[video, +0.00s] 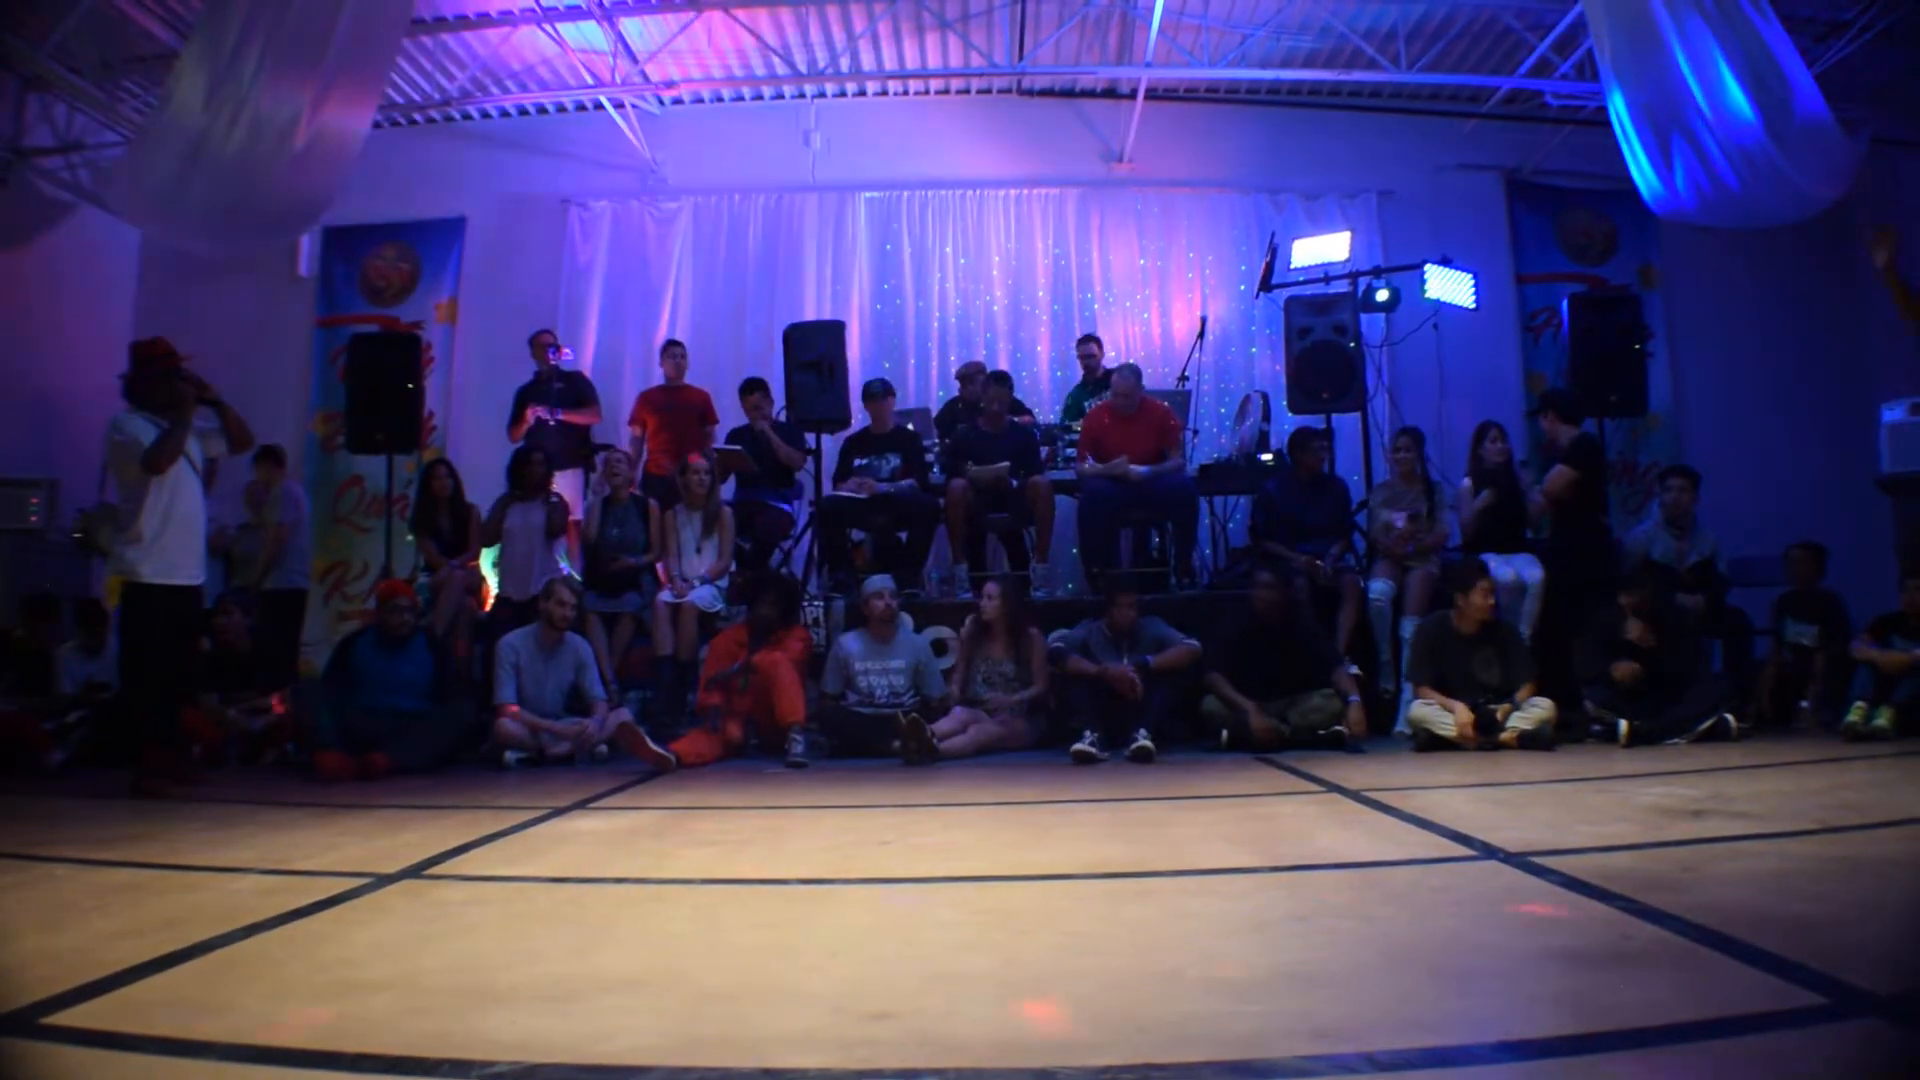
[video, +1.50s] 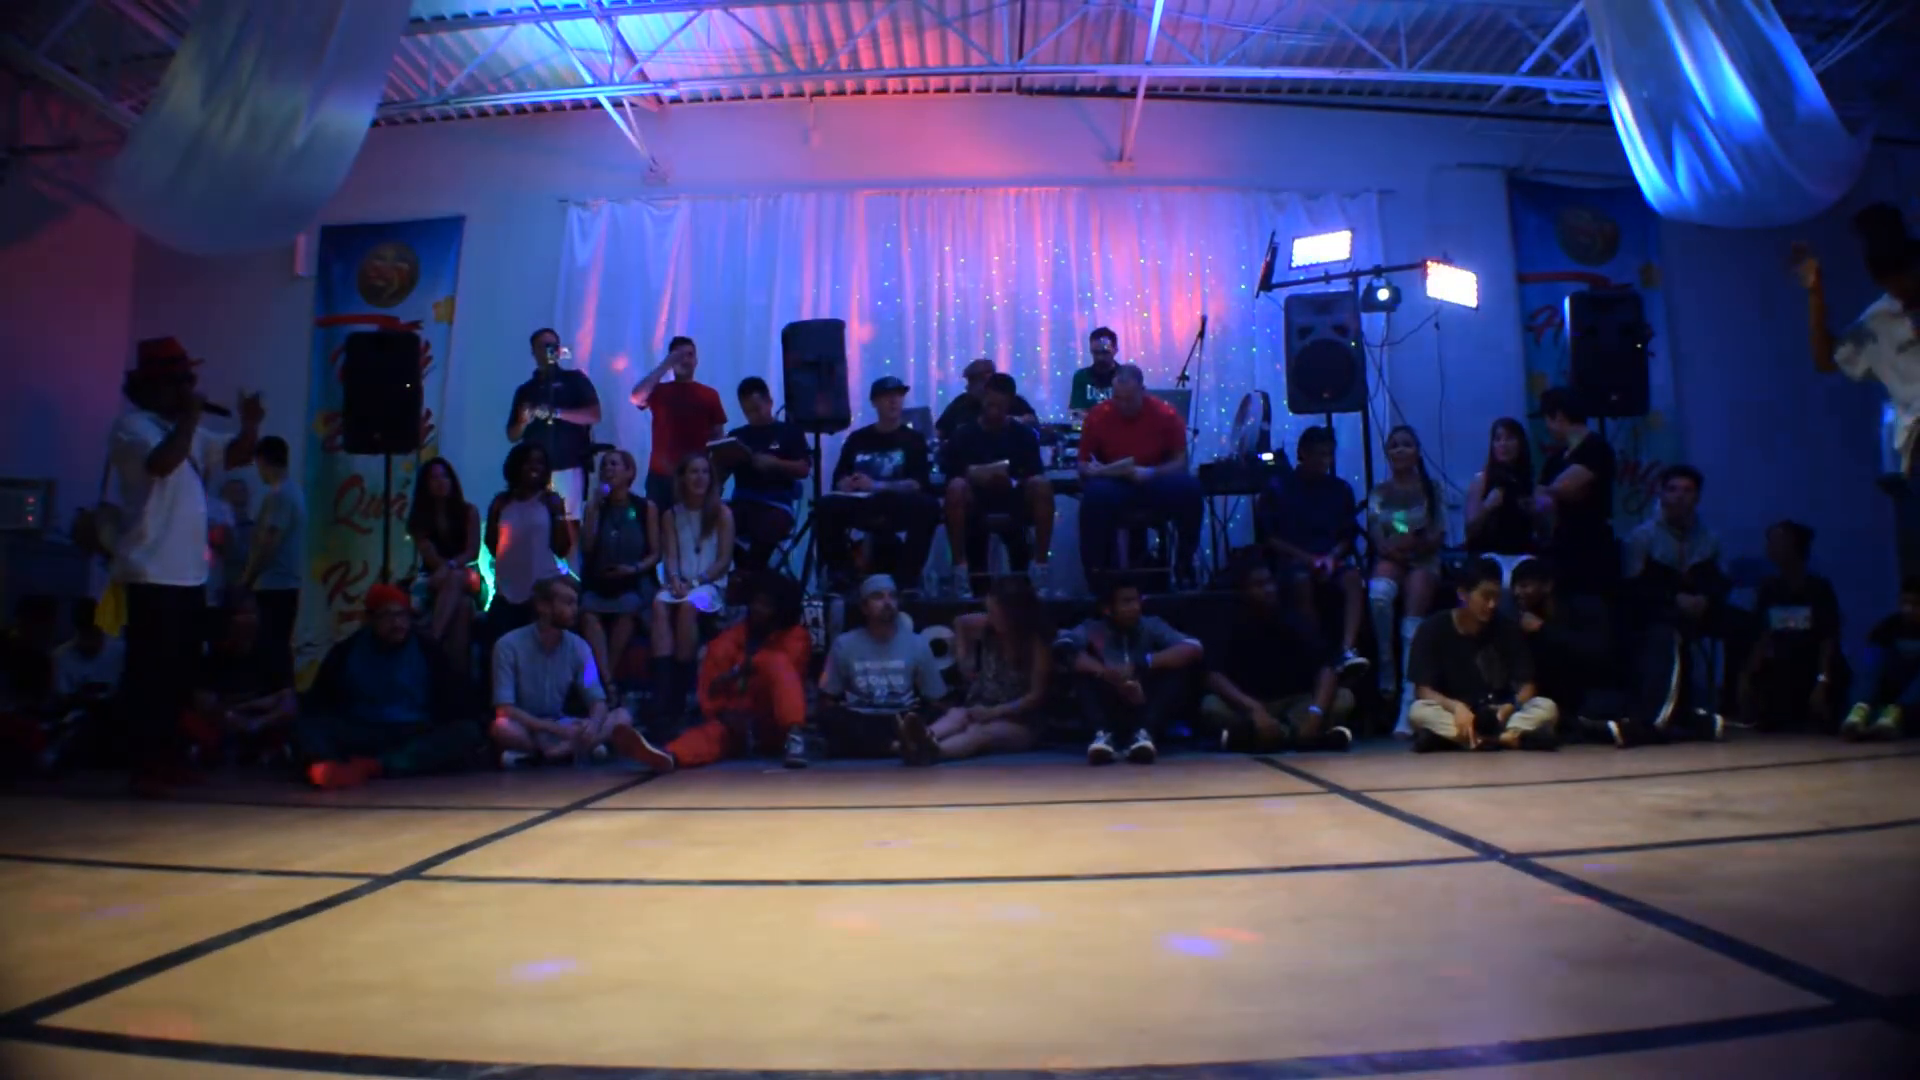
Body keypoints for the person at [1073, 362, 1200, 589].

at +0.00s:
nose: (1121, 402)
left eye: (1127, 396)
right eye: (1116, 395)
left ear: (1140, 392)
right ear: (1109, 391)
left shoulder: (1161, 413)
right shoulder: (1096, 417)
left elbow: (1178, 461)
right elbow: (1081, 467)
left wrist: (1145, 471)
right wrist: (1107, 470)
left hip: (1151, 483)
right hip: (1113, 484)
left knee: (1184, 490)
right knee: (1093, 494)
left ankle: (1183, 570)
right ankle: (1097, 575)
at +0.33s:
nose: (1123, 403)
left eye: (1129, 397)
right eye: (1118, 396)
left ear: (1142, 391)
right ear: (1112, 392)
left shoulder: (1163, 414)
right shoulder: (1096, 417)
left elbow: (1179, 462)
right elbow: (1083, 466)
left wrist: (1150, 472)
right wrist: (1110, 470)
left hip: (1153, 485)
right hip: (1114, 485)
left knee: (1187, 490)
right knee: (1095, 495)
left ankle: (1184, 569)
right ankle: (1099, 575)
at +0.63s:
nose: (1125, 401)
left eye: (1131, 395)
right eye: (1121, 394)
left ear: (1145, 391)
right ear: (1115, 390)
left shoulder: (1167, 413)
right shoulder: (1099, 415)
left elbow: (1182, 460)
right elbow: (1085, 464)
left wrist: (1151, 471)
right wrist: (1113, 468)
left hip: (1156, 483)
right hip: (1117, 485)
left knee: (1189, 488)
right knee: (1096, 493)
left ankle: (1185, 569)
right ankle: (1099, 577)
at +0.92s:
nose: (1125, 403)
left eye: (1131, 397)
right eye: (1121, 397)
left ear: (1144, 391)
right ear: (1114, 391)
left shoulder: (1167, 414)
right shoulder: (1098, 416)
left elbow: (1180, 462)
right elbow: (1085, 466)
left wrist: (1151, 472)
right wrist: (1112, 470)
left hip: (1154, 483)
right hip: (1116, 484)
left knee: (1189, 490)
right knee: (1095, 494)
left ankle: (1185, 567)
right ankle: (1097, 573)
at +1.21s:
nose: (1124, 404)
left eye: (1130, 399)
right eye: (1119, 398)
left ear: (1143, 392)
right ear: (1113, 393)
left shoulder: (1166, 414)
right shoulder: (1099, 416)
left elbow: (1180, 462)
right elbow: (1084, 465)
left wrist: (1151, 473)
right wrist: (1110, 470)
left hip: (1154, 484)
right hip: (1116, 484)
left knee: (1190, 491)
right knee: (1095, 496)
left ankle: (1184, 568)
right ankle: (1097, 574)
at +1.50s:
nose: (1123, 405)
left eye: (1129, 399)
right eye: (1118, 398)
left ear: (1142, 392)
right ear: (1112, 393)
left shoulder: (1165, 415)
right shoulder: (1098, 416)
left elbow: (1180, 462)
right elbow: (1084, 464)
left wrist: (1150, 473)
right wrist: (1109, 470)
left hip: (1154, 483)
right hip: (1115, 483)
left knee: (1189, 490)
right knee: (1095, 496)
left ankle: (1184, 567)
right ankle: (1097, 575)